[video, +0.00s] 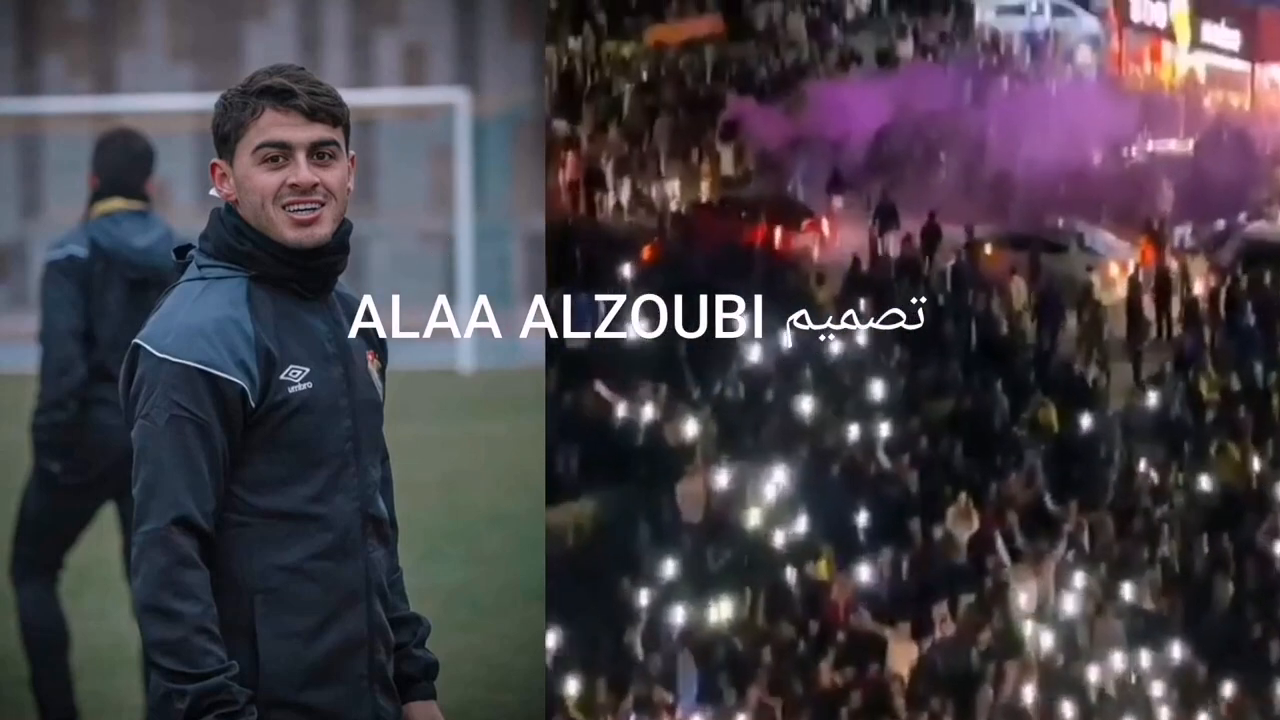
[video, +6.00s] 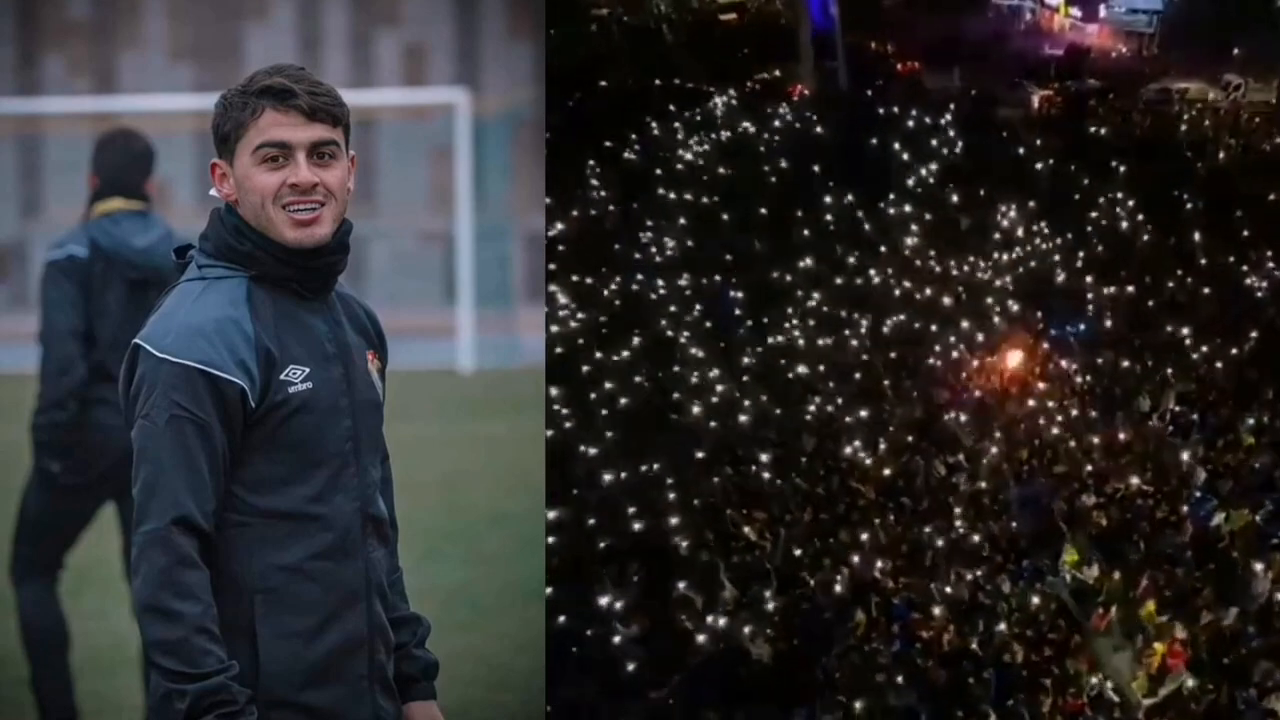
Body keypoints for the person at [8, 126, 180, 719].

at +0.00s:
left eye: (94, 173)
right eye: (150, 178)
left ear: (94, 180)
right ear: (152, 185)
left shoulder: (73, 253)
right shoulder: (178, 254)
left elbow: (65, 362)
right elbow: (191, 352)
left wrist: (52, 442)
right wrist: (175, 429)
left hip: (88, 448)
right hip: (158, 447)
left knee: (34, 569)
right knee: (156, 580)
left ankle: (57, 709)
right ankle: (167, 706)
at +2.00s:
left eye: (93, 174)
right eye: (150, 178)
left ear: (94, 180)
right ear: (152, 185)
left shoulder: (74, 253)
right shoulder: (178, 254)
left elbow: (65, 360)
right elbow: (190, 351)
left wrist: (51, 439)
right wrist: (175, 426)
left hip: (88, 447)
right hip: (158, 446)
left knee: (33, 569)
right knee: (157, 580)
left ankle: (57, 708)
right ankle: (167, 704)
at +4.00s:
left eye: (92, 174)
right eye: (150, 178)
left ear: (94, 180)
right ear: (152, 185)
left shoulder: (73, 254)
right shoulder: (178, 255)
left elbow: (65, 363)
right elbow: (190, 352)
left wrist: (51, 441)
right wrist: (175, 428)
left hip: (87, 449)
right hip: (158, 447)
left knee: (33, 569)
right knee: (157, 580)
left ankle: (56, 707)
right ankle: (167, 704)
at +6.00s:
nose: (96, 182)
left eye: (92, 173)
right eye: (150, 178)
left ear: (94, 180)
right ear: (152, 185)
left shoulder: (73, 254)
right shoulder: (178, 255)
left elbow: (65, 363)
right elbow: (191, 352)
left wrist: (51, 442)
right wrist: (175, 429)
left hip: (87, 449)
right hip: (158, 447)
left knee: (34, 570)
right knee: (157, 580)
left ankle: (57, 707)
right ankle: (167, 704)